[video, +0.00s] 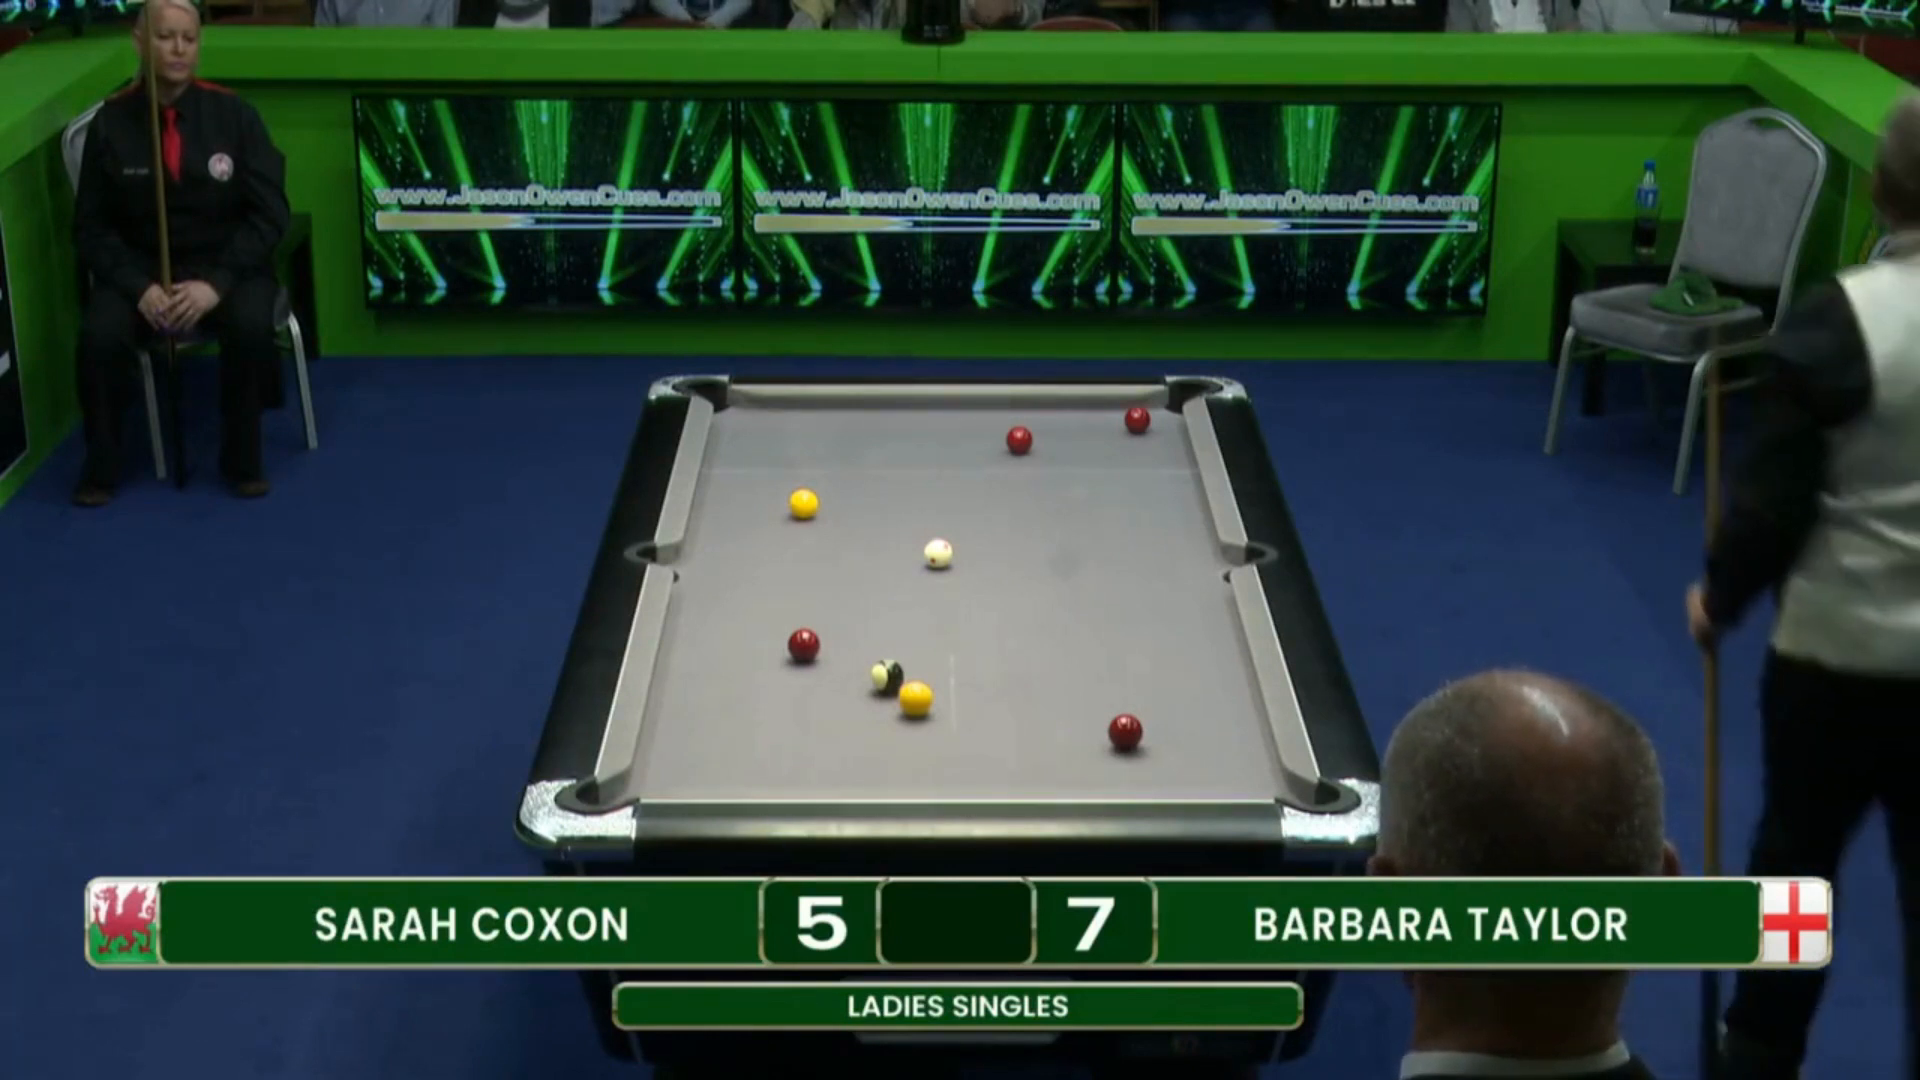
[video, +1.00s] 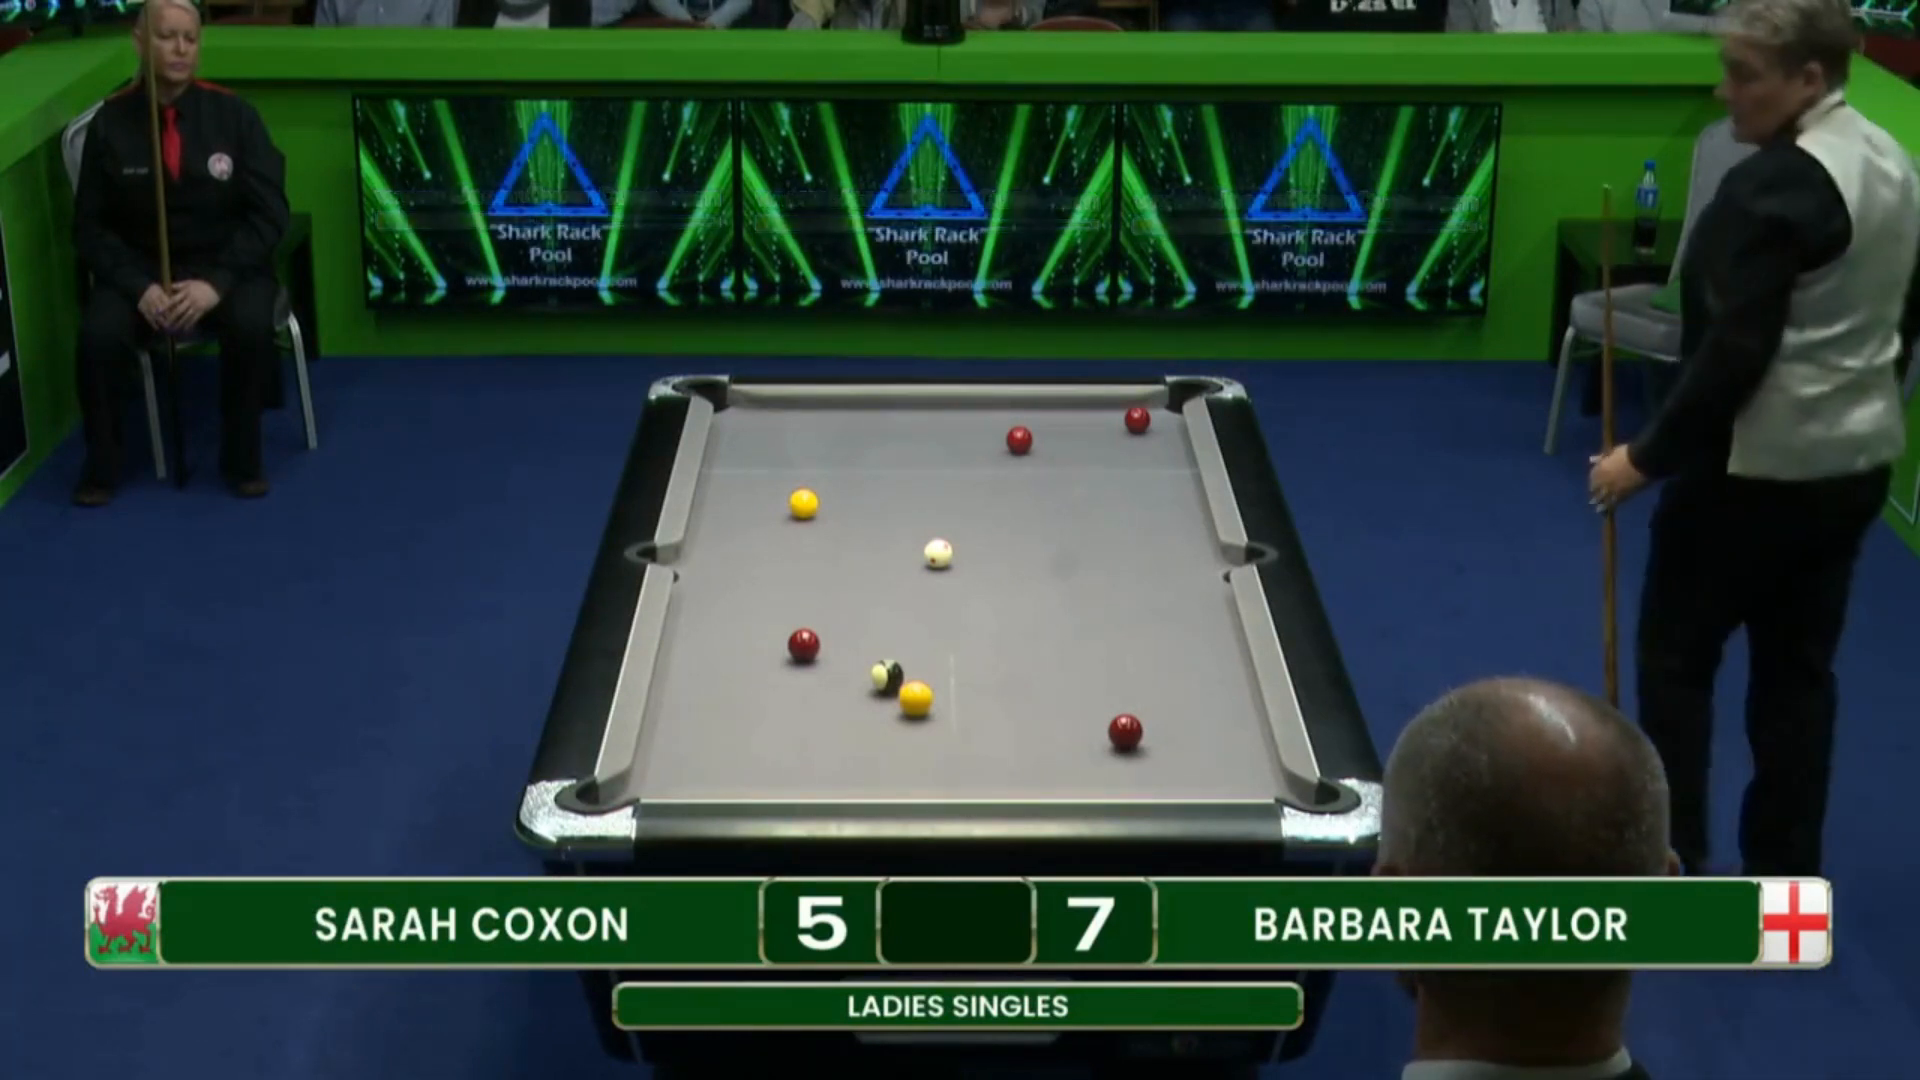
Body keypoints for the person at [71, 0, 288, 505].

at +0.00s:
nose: (179, 49)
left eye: (189, 38)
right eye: (165, 37)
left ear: (199, 44)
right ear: (140, 41)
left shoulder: (234, 115)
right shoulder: (111, 121)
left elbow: (269, 215)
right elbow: (90, 226)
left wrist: (214, 284)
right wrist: (140, 287)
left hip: (221, 268)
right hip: (138, 274)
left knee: (248, 328)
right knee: (101, 336)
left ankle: (243, 463)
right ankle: (101, 469)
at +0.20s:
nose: (179, 49)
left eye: (189, 38)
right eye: (165, 37)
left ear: (199, 44)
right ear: (140, 41)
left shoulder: (234, 115)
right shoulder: (111, 121)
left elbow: (269, 215)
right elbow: (90, 226)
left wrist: (214, 284)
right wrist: (140, 287)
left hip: (221, 268)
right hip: (139, 274)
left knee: (248, 328)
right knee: (101, 336)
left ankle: (243, 463)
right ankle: (101, 469)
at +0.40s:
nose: (179, 49)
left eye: (189, 38)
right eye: (165, 37)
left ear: (199, 44)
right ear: (140, 41)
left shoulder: (234, 115)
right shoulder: (111, 121)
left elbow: (269, 215)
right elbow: (90, 226)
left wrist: (214, 284)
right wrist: (140, 287)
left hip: (221, 267)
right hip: (139, 273)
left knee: (248, 328)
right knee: (101, 336)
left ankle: (243, 463)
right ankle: (101, 468)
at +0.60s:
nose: (180, 49)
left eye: (189, 38)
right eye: (166, 37)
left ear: (199, 45)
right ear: (140, 42)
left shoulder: (235, 116)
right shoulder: (111, 122)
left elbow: (268, 215)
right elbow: (90, 227)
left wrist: (214, 284)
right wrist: (141, 286)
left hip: (221, 267)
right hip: (138, 273)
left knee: (249, 327)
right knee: (100, 334)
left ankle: (243, 462)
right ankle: (101, 468)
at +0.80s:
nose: (180, 49)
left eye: (190, 38)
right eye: (166, 37)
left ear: (199, 45)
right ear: (140, 42)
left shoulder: (235, 116)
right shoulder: (111, 121)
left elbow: (268, 215)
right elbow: (90, 227)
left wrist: (214, 284)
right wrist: (141, 286)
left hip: (221, 267)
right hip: (138, 273)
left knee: (249, 327)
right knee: (100, 334)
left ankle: (243, 462)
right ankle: (101, 468)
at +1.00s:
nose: (181, 49)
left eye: (190, 38)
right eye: (167, 37)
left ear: (199, 45)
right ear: (140, 42)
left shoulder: (234, 116)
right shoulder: (111, 121)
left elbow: (268, 215)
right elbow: (90, 227)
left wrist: (214, 283)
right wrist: (141, 286)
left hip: (221, 267)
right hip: (138, 274)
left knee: (248, 327)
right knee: (100, 334)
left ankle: (243, 462)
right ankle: (101, 468)